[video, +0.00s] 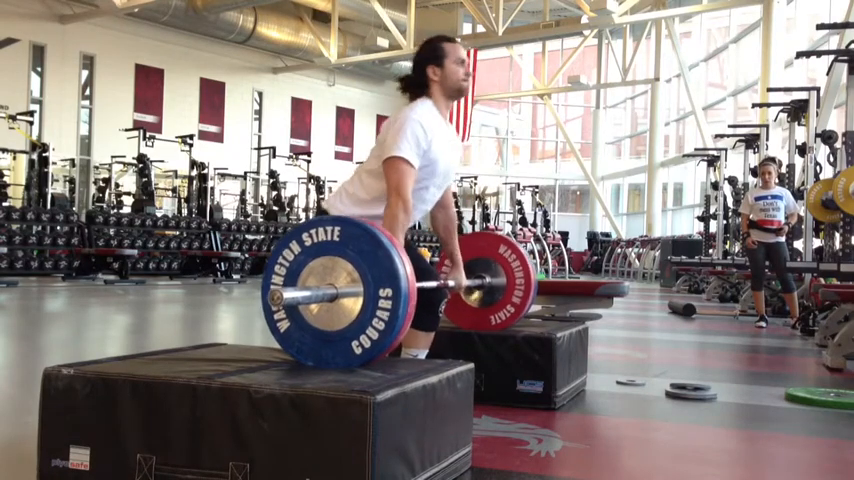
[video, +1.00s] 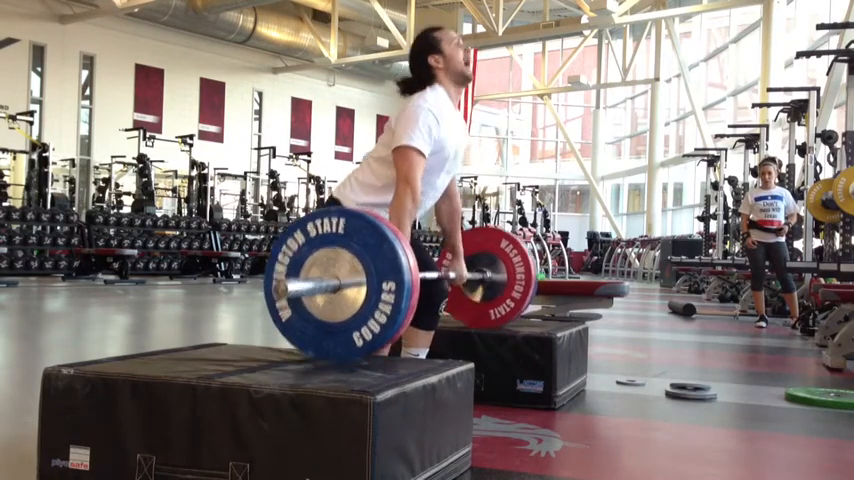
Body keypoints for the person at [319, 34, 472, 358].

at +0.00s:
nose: (468, 70)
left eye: (468, 64)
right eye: (460, 63)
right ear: (434, 72)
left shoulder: (447, 135)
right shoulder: (413, 119)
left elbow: (442, 205)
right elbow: (398, 199)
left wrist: (455, 262)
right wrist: (389, 269)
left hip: (385, 229)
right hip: (348, 224)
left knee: (430, 290)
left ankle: (408, 383)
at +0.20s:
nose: (456, 69)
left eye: (455, 62)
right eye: (447, 62)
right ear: (421, 71)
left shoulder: (439, 138)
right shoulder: (399, 120)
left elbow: (440, 207)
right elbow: (394, 200)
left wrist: (456, 260)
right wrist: (391, 269)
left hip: (383, 237)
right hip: (344, 233)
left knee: (435, 289)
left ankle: (409, 383)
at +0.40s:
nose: (469, 64)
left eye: (466, 58)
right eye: (459, 58)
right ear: (435, 72)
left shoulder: (451, 134)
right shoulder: (418, 118)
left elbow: (445, 204)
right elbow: (403, 201)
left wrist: (456, 262)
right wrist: (390, 269)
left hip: (382, 226)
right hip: (345, 220)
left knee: (430, 287)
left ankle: (408, 384)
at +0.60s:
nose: (475, 65)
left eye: (472, 59)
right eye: (466, 59)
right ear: (442, 72)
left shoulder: (452, 130)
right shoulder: (425, 117)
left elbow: (446, 203)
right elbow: (405, 198)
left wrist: (455, 263)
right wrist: (391, 265)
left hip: (381, 224)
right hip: (346, 217)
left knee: (429, 288)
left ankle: (407, 382)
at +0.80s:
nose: (475, 66)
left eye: (473, 60)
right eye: (466, 60)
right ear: (442, 73)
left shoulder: (453, 132)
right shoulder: (426, 119)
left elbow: (447, 206)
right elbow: (404, 197)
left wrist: (457, 264)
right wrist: (393, 265)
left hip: (382, 225)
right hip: (345, 218)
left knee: (430, 287)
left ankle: (406, 384)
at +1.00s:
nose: (468, 51)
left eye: (464, 45)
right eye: (458, 46)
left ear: (443, 63)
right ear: (436, 62)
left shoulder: (454, 120)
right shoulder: (424, 106)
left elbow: (447, 194)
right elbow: (407, 190)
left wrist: (456, 255)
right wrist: (396, 259)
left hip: (389, 219)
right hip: (353, 214)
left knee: (433, 285)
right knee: (391, 295)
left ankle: (409, 383)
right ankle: (371, 386)